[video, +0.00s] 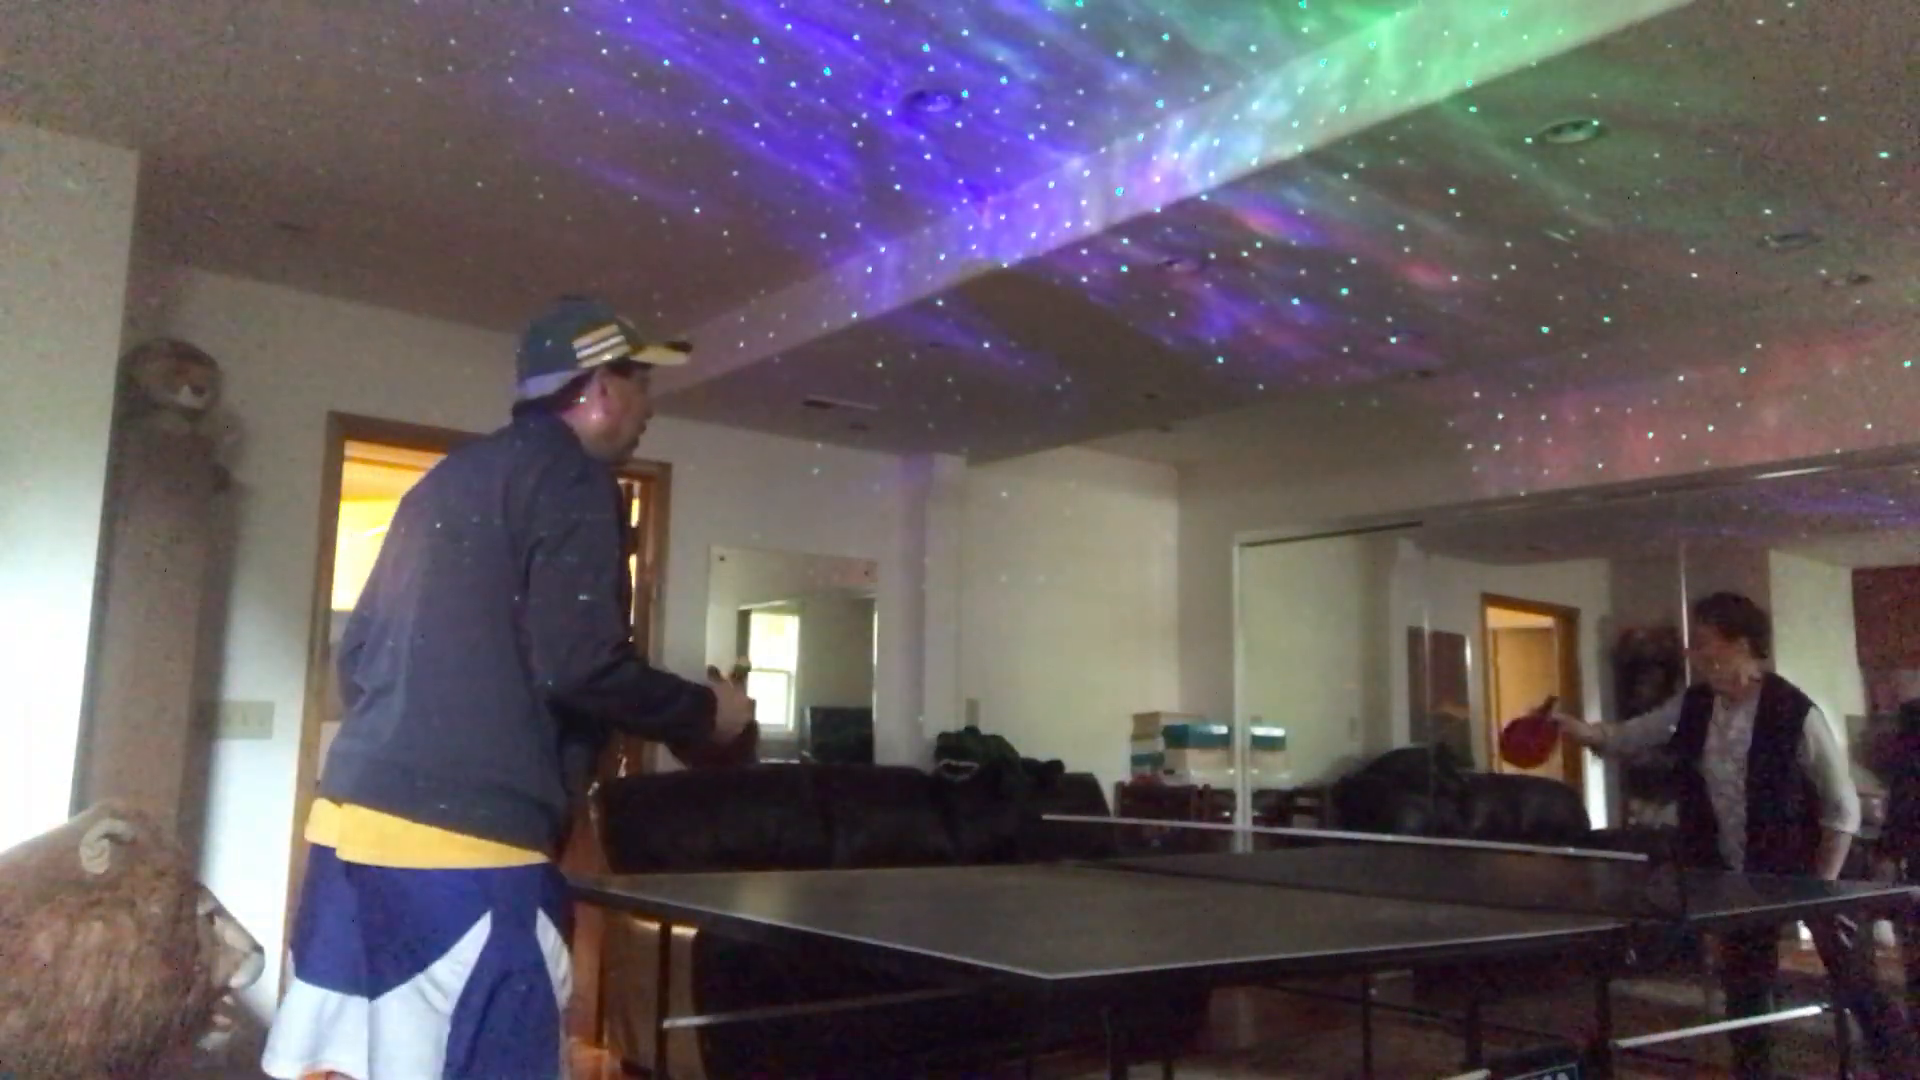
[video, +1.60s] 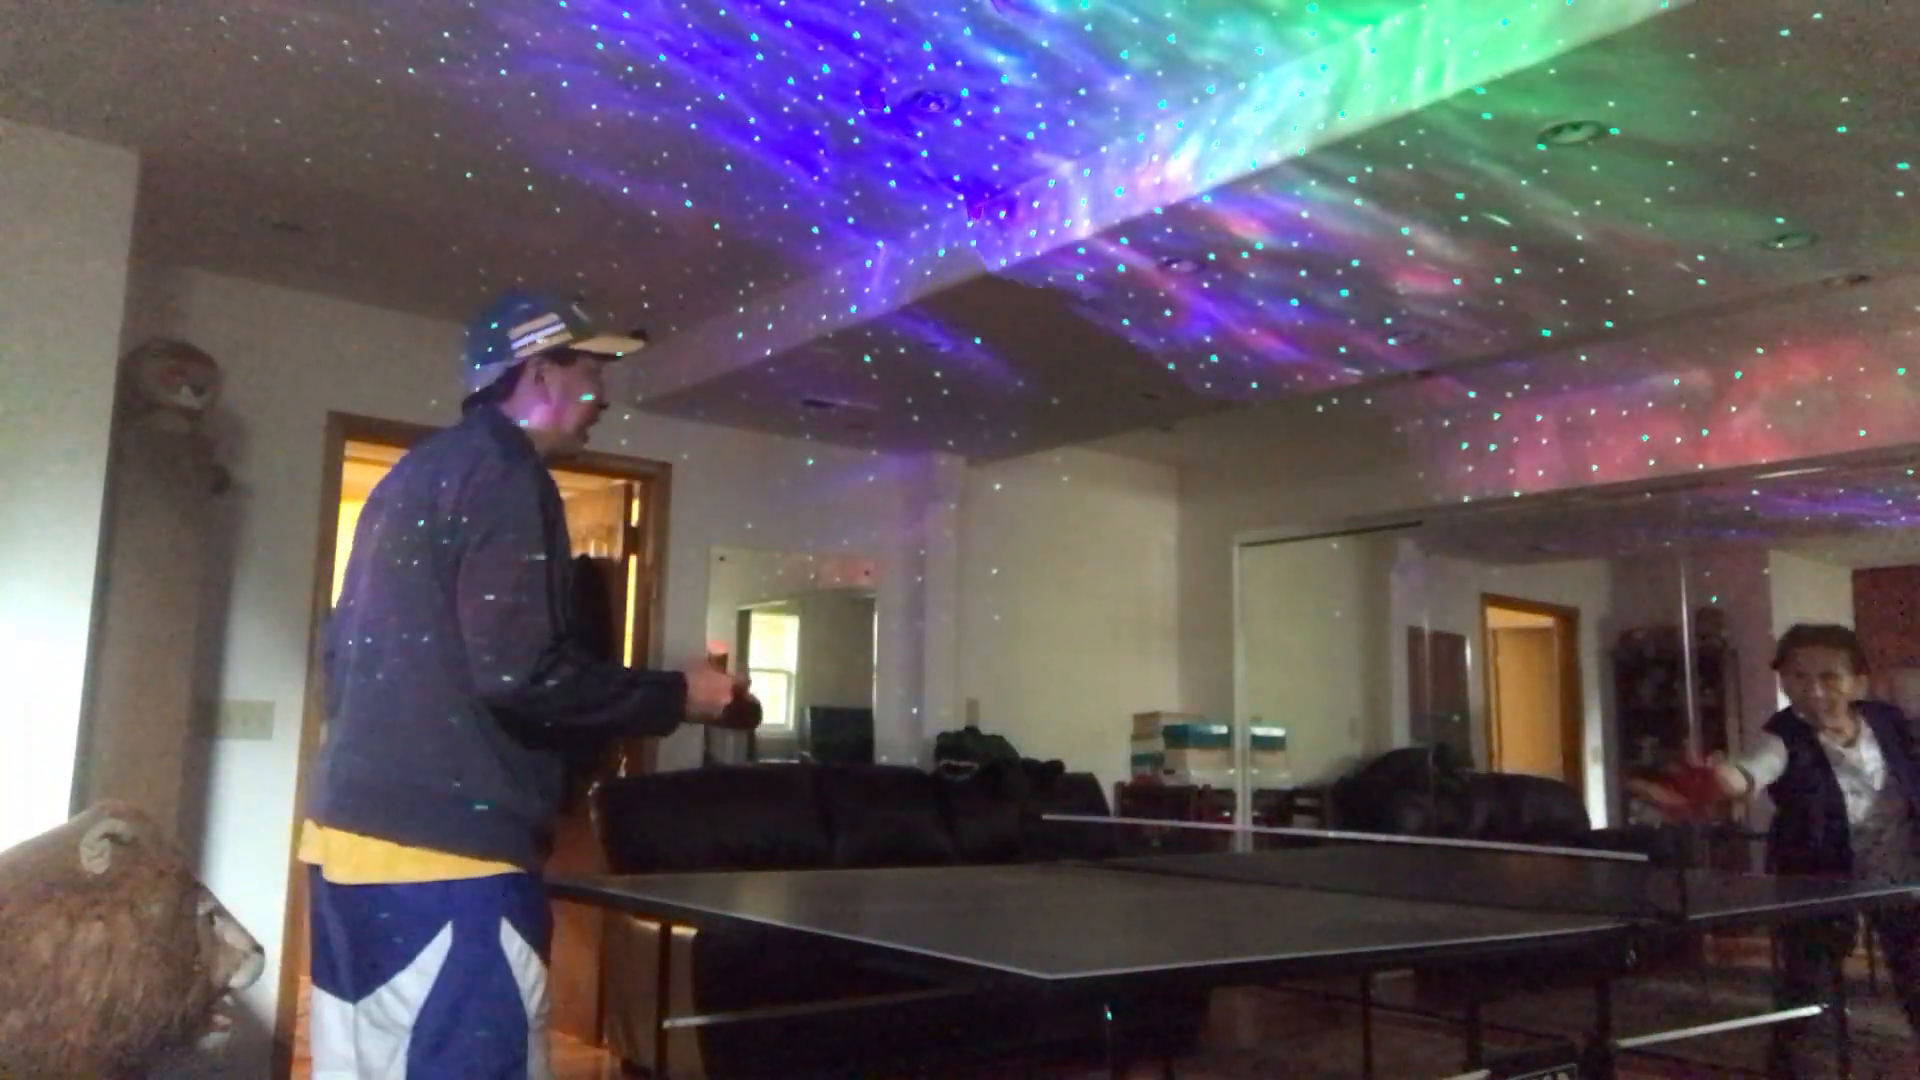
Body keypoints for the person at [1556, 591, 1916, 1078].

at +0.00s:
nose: (1695, 654)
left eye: (1705, 642)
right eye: (1694, 643)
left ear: (1742, 645)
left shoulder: (1796, 711)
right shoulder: (1692, 707)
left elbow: (1842, 808)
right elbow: (1625, 737)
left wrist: (1821, 888)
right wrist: (1562, 724)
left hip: (1808, 873)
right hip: (1738, 879)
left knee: (1858, 987)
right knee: (1745, 995)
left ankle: (1899, 1067)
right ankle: (1750, 1071)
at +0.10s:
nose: (1707, 651)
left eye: (1719, 639)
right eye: (1703, 640)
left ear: (1759, 643)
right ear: (1702, 647)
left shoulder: (1803, 712)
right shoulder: (1699, 707)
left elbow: (1849, 809)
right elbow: (1650, 749)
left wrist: (1824, 890)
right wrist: (1602, 739)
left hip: (1807, 862)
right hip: (1739, 869)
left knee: (1860, 983)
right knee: (1744, 988)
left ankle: (1902, 1067)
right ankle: (1750, 1069)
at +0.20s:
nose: (1713, 652)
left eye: (1729, 640)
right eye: (1710, 640)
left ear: (1768, 648)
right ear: (1705, 647)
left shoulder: (1811, 717)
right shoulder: (1703, 714)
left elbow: (1854, 814)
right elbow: (1671, 781)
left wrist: (1831, 894)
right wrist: (1651, 790)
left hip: (1809, 870)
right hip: (1736, 874)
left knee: (1860, 981)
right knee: (1743, 991)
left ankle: (1901, 1063)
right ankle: (1751, 1072)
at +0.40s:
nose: (1714, 662)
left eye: (1729, 649)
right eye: (1710, 651)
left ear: (1769, 655)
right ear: (1705, 660)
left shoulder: (1813, 720)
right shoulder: (1706, 726)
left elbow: (1864, 816)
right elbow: (1686, 811)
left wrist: (1846, 895)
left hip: (1821, 876)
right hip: (1750, 880)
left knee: (1863, 971)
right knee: (1742, 975)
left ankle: (1904, 1062)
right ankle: (1748, 1065)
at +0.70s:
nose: (1737, 666)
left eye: (1752, 653)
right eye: (1732, 654)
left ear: (1791, 663)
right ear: (1724, 662)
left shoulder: (1839, 728)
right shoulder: (1723, 729)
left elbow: (1889, 822)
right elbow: (1714, 819)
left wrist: (1872, 901)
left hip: (1839, 884)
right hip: (1764, 886)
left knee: (1892, 977)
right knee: (1748, 998)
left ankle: (1916, 1045)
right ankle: (1752, 1070)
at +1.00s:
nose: (1765, 671)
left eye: (1778, 655)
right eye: (1757, 658)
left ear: (1817, 658)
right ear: (1750, 664)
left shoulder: (1871, 722)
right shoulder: (1752, 725)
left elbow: (1913, 812)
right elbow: (1747, 808)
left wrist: (1903, 894)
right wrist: (1742, 828)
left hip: (1869, 888)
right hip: (1790, 889)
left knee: (1908, 993)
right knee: (1766, 1002)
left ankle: (1918, 1053)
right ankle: (1758, 1072)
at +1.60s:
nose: (1814, 690)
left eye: (1829, 678)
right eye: (1800, 677)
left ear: (1859, 683)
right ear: (1784, 683)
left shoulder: (1889, 722)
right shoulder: (1787, 735)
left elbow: (1913, 776)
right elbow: (1752, 768)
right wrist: (1711, 785)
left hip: (1895, 869)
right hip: (1819, 873)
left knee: (1913, 974)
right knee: (1808, 979)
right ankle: (1786, 1053)